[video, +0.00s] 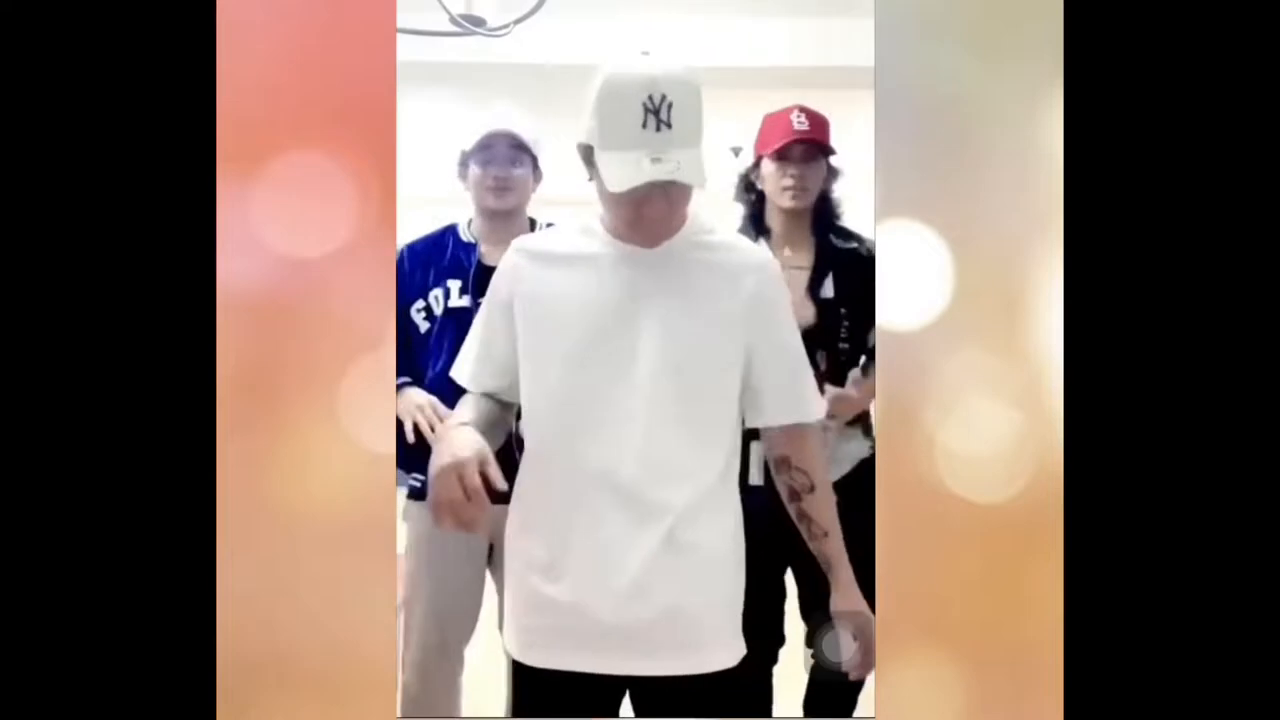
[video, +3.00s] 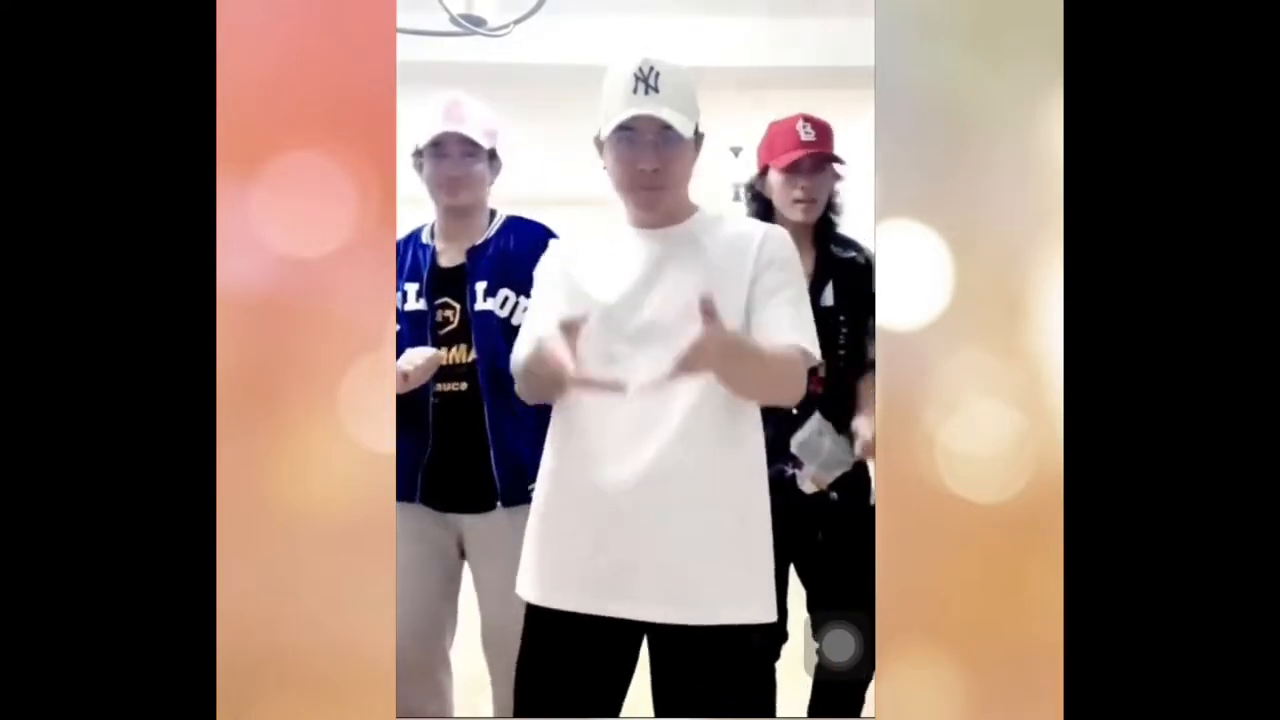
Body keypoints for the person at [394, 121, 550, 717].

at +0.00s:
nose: (500, 172)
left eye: (515, 162)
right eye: (486, 161)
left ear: (537, 179)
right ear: (464, 176)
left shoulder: (562, 262)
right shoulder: (418, 262)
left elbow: (589, 361)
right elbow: (371, 352)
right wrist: (402, 390)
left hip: (537, 488)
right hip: (441, 487)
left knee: (541, 659)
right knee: (430, 661)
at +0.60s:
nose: (492, 179)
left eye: (508, 166)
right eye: (480, 167)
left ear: (534, 179)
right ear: (462, 180)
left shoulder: (559, 255)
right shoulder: (429, 254)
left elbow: (585, 362)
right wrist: (400, 311)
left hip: (538, 492)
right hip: (445, 490)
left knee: (533, 655)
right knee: (423, 654)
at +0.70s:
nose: (494, 183)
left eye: (508, 170)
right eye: (481, 171)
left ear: (533, 181)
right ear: (461, 182)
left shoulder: (562, 256)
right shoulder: (423, 261)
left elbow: (582, 359)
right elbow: (406, 385)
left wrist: (536, 306)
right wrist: (406, 328)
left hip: (532, 492)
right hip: (434, 490)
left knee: (532, 654)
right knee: (423, 656)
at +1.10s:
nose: (494, 189)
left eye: (509, 174)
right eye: (483, 174)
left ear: (545, 173)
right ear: (471, 176)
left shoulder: (572, 253)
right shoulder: (450, 242)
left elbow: (588, 361)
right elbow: (397, 341)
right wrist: (479, 390)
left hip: (545, 488)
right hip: (454, 483)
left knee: (537, 652)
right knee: (437, 646)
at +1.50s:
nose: (476, 189)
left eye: (490, 173)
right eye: (467, 174)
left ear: (531, 172)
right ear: (457, 177)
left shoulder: (575, 255)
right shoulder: (439, 256)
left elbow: (586, 382)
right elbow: (401, 365)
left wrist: (504, 459)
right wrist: (406, 457)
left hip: (544, 490)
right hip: (448, 486)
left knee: (537, 653)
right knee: (436, 649)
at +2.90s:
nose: (450, 168)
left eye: (466, 154)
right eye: (436, 154)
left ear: (494, 167)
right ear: (418, 169)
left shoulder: (530, 249)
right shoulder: (395, 261)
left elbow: (561, 355)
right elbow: (363, 372)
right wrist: (397, 376)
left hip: (504, 495)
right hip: (413, 495)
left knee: (514, 665)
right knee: (414, 663)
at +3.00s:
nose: (453, 168)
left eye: (469, 154)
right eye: (439, 154)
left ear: (495, 168)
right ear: (420, 168)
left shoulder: (535, 248)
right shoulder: (394, 259)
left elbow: (571, 348)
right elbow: (358, 367)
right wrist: (392, 375)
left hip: (509, 493)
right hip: (414, 494)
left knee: (515, 662)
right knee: (414, 660)